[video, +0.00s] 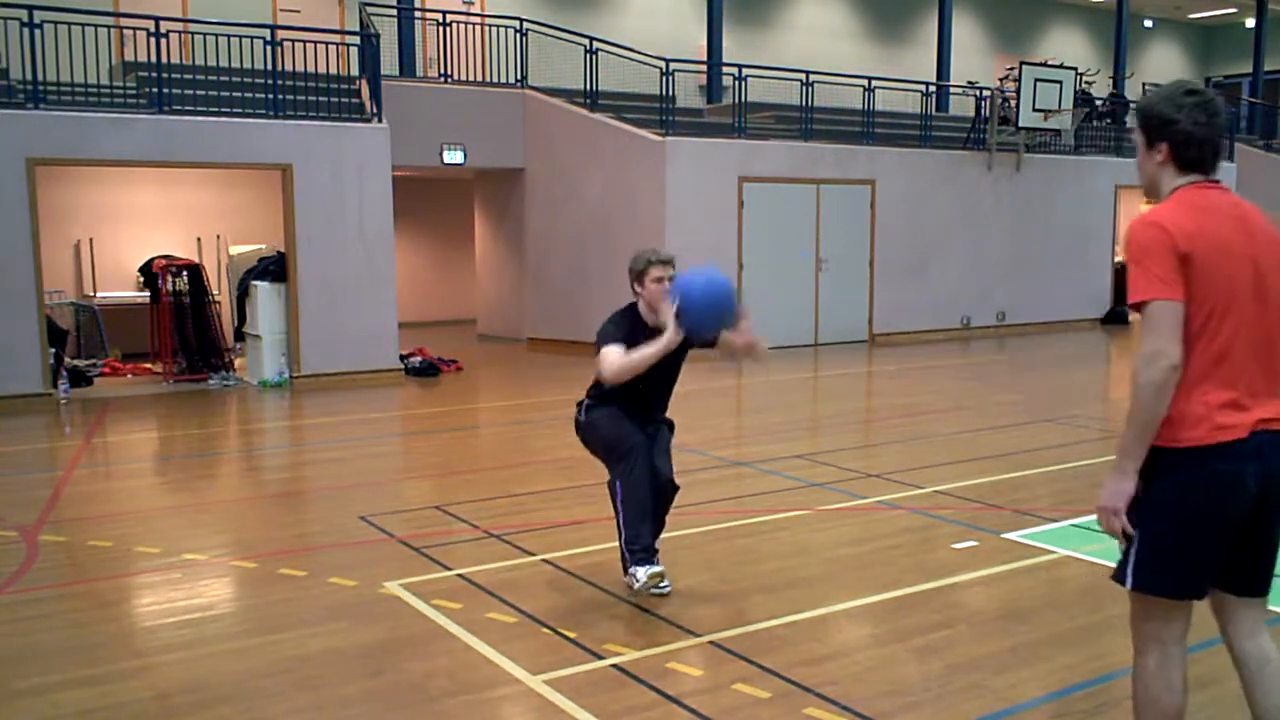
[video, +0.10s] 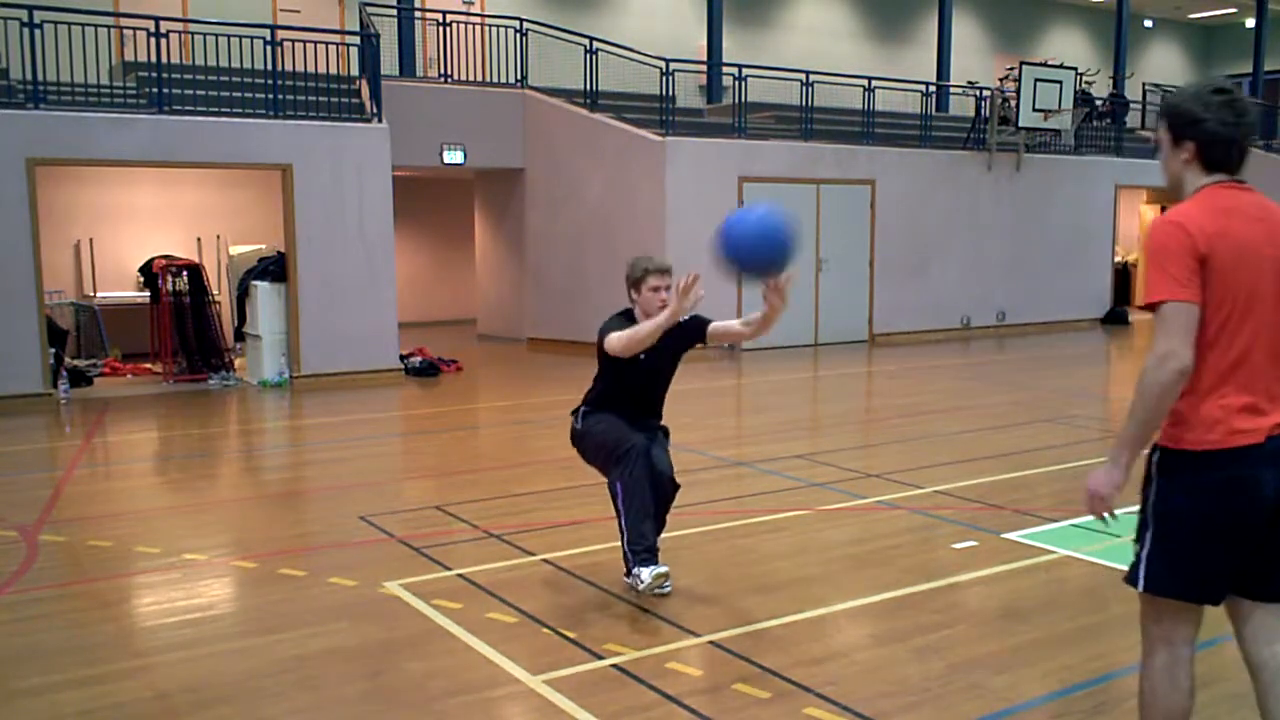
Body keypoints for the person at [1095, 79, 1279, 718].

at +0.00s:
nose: (1136, 156)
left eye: (1138, 143)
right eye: (1136, 143)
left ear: (1160, 149)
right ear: (1212, 150)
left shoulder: (1159, 226)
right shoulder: (1262, 224)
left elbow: (1162, 359)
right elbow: (1266, 338)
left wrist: (1124, 470)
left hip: (1189, 463)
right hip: (1264, 457)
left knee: (1158, 636)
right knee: (1246, 615)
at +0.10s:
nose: (1158, 153)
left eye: (1162, 141)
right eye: (1160, 140)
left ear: (1184, 148)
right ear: (1234, 149)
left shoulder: (1179, 226)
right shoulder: (1269, 216)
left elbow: (1173, 357)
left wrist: (1118, 462)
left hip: (1198, 462)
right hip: (1265, 456)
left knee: (1168, 636)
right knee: (1259, 617)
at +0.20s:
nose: (1183, 153)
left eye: (1188, 140)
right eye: (1185, 140)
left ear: (1213, 148)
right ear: (1257, 147)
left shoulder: (1205, 226)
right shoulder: (1273, 210)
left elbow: (1182, 362)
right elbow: (1258, 351)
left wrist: (1106, 439)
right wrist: (1192, 432)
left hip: (1221, 458)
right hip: (1272, 453)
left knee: (1177, 631)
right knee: (1269, 616)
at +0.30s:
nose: (1206, 153)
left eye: (1211, 140)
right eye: (1209, 140)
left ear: (1237, 148)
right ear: (1260, 149)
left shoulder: (1233, 228)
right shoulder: (1263, 221)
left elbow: (1200, 360)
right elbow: (1260, 347)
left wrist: (1111, 384)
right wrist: (1187, 391)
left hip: (1239, 462)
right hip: (1271, 457)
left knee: (1186, 639)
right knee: (1276, 619)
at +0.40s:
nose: (1228, 157)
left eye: (1232, 143)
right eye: (1229, 143)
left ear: (1258, 147)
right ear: (1271, 149)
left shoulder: (1255, 228)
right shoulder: (1259, 228)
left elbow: (1222, 359)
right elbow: (1240, 348)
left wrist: (1130, 321)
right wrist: (1161, 326)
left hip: (1250, 466)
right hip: (1258, 463)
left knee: (1194, 642)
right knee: (1193, 639)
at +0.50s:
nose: (1245, 150)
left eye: (1253, 136)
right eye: (1249, 136)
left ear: (1278, 146)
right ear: (1279, 148)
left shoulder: (1272, 228)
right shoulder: (1269, 228)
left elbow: (1229, 352)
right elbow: (1237, 338)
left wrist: (1172, 283)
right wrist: (1180, 276)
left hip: (1255, 463)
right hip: (1259, 462)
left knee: (1198, 643)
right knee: (1199, 639)